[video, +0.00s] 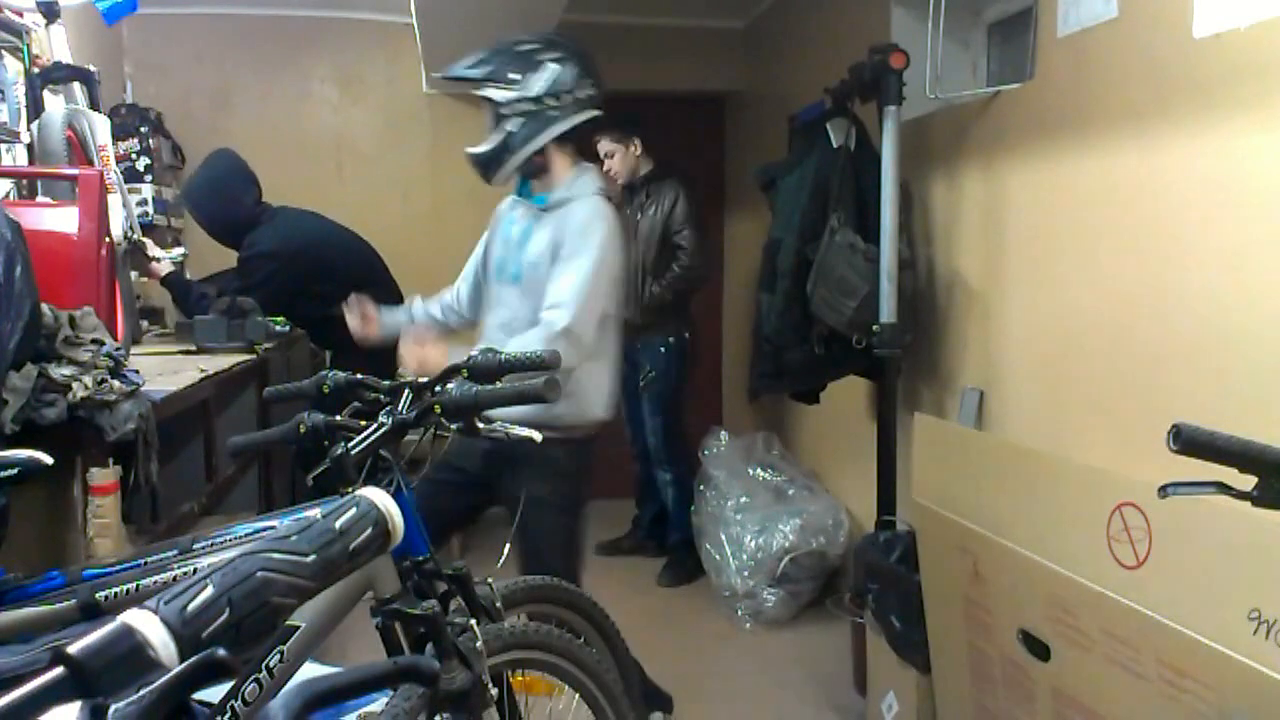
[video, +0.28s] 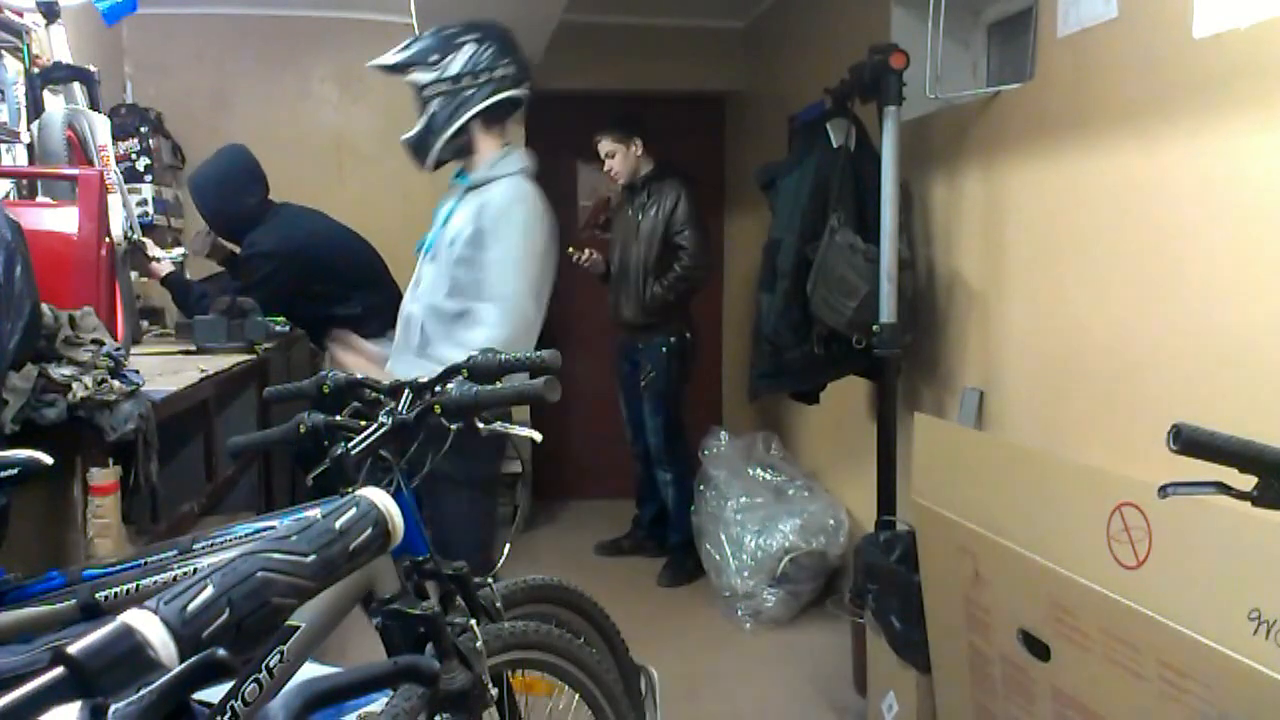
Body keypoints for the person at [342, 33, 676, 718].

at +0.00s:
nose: (491, 129)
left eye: (501, 113)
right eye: (493, 113)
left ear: (541, 120)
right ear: (538, 124)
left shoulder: (591, 216)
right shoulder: (513, 210)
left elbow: (561, 336)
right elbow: (458, 305)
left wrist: (459, 360)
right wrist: (387, 321)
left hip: (555, 437)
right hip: (490, 426)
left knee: (550, 601)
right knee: (407, 531)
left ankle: (643, 700)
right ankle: (443, 667)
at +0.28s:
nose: (421, 114)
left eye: (429, 97)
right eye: (422, 98)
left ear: (465, 96)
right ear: (470, 99)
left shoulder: (515, 202)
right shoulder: (470, 196)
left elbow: (501, 347)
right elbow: (442, 322)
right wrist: (381, 354)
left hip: (461, 437)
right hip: (424, 429)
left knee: (458, 610)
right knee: (424, 601)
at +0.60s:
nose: (392, 103)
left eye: (398, 86)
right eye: (392, 87)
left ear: (434, 87)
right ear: (441, 88)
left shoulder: (500, 189)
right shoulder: (436, 181)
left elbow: (513, 318)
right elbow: (405, 292)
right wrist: (363, 368)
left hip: (444, 412)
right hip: (392, 403)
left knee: (465, 575)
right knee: (408, 568)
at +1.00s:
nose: (450, 96)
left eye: (466, 82)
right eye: (442, 81)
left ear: (511, 83)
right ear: (433, 81)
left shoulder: (559, 194)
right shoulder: (429, 187)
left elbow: (576, 315)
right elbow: (409, 302)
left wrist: (564, 412)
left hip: (499, 412)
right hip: (414, 404)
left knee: (514, 576)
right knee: (386, 559)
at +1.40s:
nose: (516, 115)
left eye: (532, 104)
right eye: (503, 94)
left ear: (548, 110)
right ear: (464, 87)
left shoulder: (547, 211)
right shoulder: (390, 176)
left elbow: (557, 321)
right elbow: (347, 293)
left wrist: (563, 408)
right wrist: (329, 385)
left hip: (495, 410)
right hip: (388, 402)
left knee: (524, 574)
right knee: (359, 568)